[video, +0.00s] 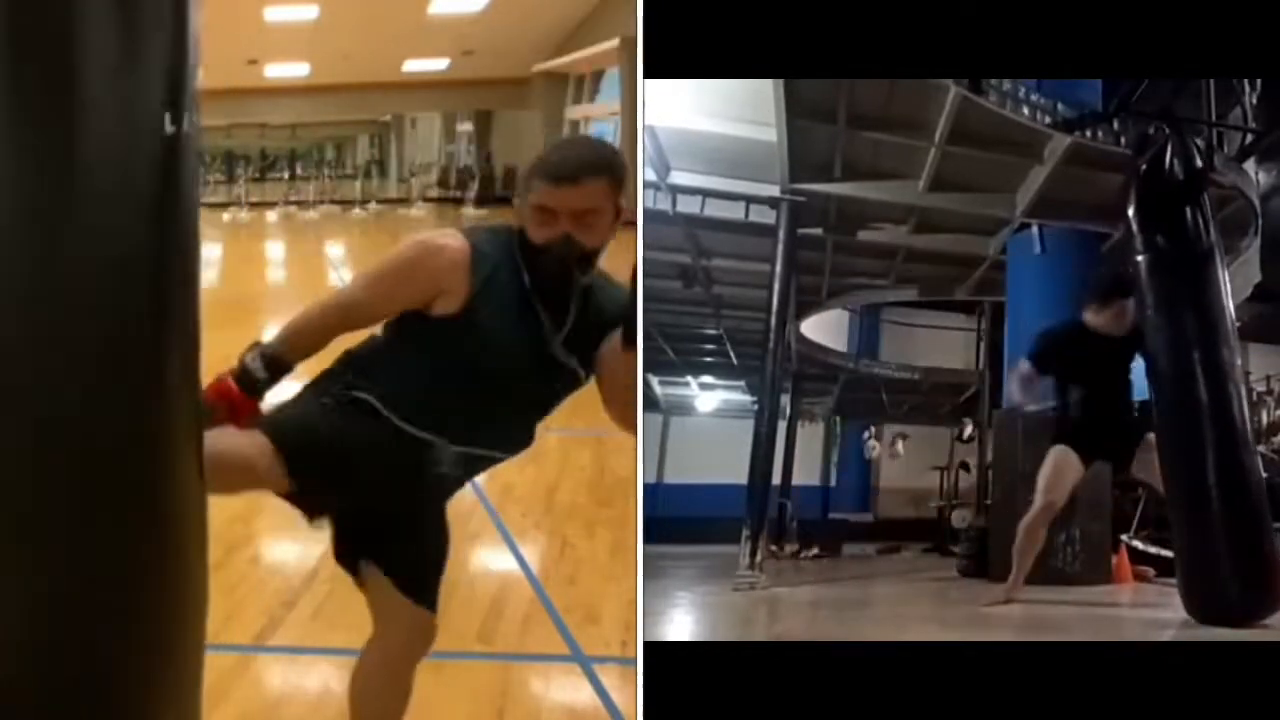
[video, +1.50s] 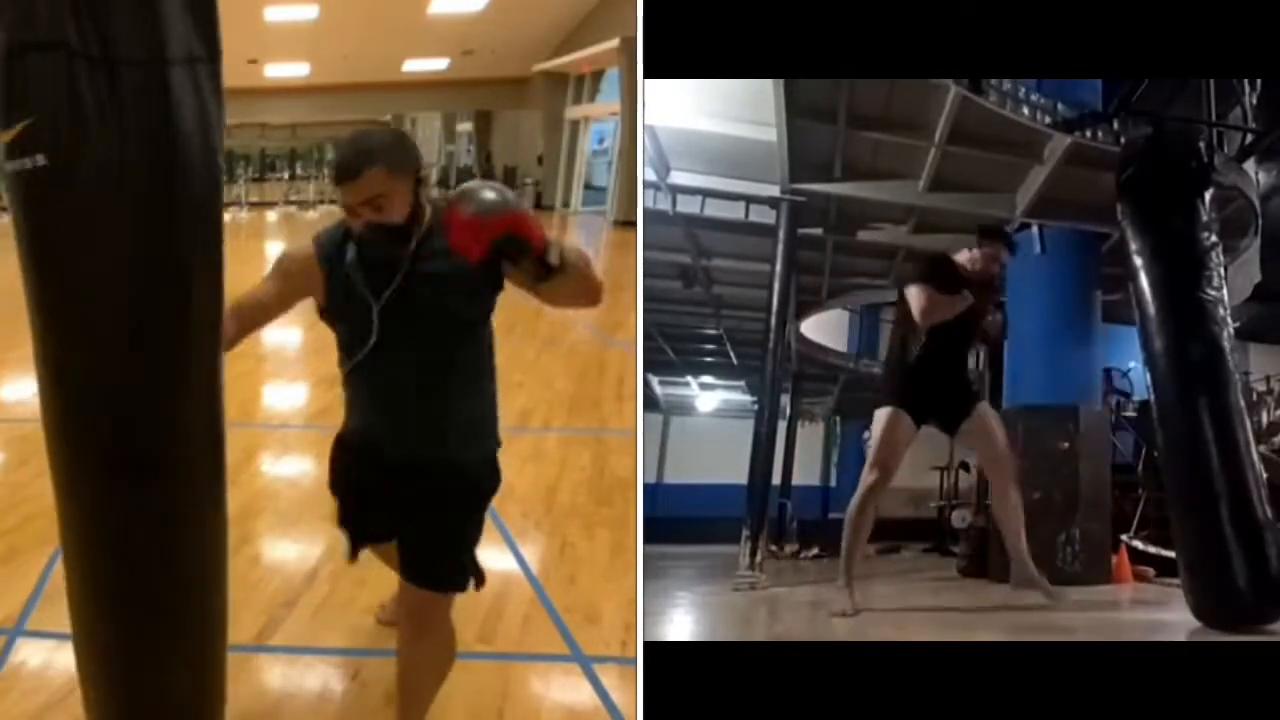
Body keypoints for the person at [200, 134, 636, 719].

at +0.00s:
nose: (564, 234)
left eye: (585, 218)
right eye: (547, 215)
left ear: (618, 217)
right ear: (523, 205)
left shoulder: (608, 314)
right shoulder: (453, 261)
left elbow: (636, 412)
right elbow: (341, 312)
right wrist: (248, 379)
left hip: (417, 481)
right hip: (347, 426)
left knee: (406, 629)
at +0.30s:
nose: (434, 165)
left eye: (452, 150)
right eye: (427, 151)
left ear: (504, 150)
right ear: (421, 150)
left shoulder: (573, 249)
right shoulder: (404, 231)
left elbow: (632, 351)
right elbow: (331, 281)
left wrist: (584, 363)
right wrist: (293, 273)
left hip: (456, 469)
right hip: (371, 421)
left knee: (404, 617)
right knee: (293, 495)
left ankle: (379, 715)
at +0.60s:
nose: (385, 178)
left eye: (398, 165)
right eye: (378, 165)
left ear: (436, 159)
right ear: (372, 158)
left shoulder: (479, 235)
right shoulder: (380, 220)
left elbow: (488, 339)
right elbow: (337, 297)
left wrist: (399, 310)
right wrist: (310, 286)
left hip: (450, 419)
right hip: (392, 406)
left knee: (427, 569)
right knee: (410, 517)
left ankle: (432, 708)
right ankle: (421, 606)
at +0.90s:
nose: (358, 185)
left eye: (371, 171)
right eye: (349, 173)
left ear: (406, 164)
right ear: (341, 167)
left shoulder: (460, 215)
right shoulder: (351, 224)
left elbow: (467, 303)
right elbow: (303, 299)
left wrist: (388, 245)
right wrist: (291, 256)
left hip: (442, 413)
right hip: (383, 403)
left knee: (409, 549)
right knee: (405, 518)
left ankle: (410, 680)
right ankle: (427, 604)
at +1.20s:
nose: (315, 205)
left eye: (327, 190)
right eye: (306, 193)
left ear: (360, 179)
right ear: (301, 185)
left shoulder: (403, 219)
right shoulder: (332, 232)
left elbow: (491, 268)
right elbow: (275, 282)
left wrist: (381, 264)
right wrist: (287, 284)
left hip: (439, 427)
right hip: (386, 419)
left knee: (381, 570)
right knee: (383, 505)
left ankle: (397, 710)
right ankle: (424, 589)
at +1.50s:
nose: (364, 221)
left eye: (378, 204)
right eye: (351, 208)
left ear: (416, 186)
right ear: (338, 199)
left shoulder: (472, 238)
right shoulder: (321, 260)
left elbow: (586, 292)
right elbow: (238, 318)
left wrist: (535, 245)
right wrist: (180, 354)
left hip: (454, 453)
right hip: (369, 446)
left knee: (422, 606)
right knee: (377, 534)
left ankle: (410, 712)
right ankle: (421, 586)